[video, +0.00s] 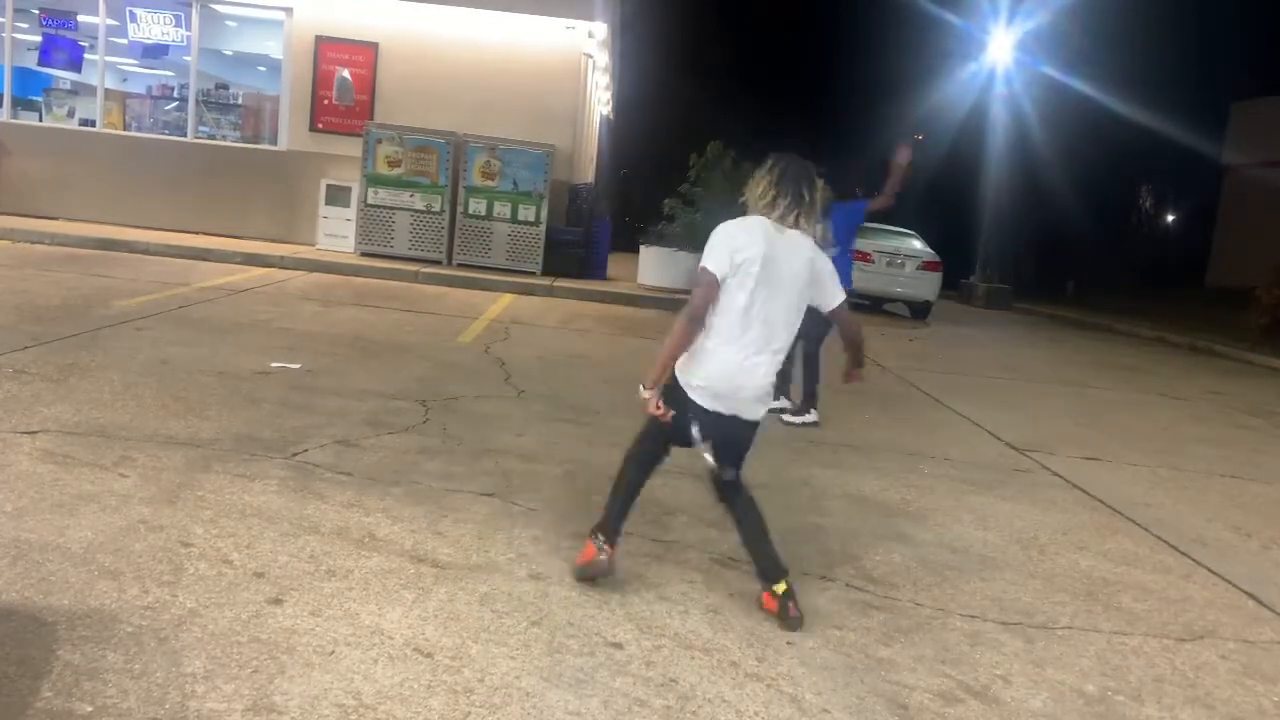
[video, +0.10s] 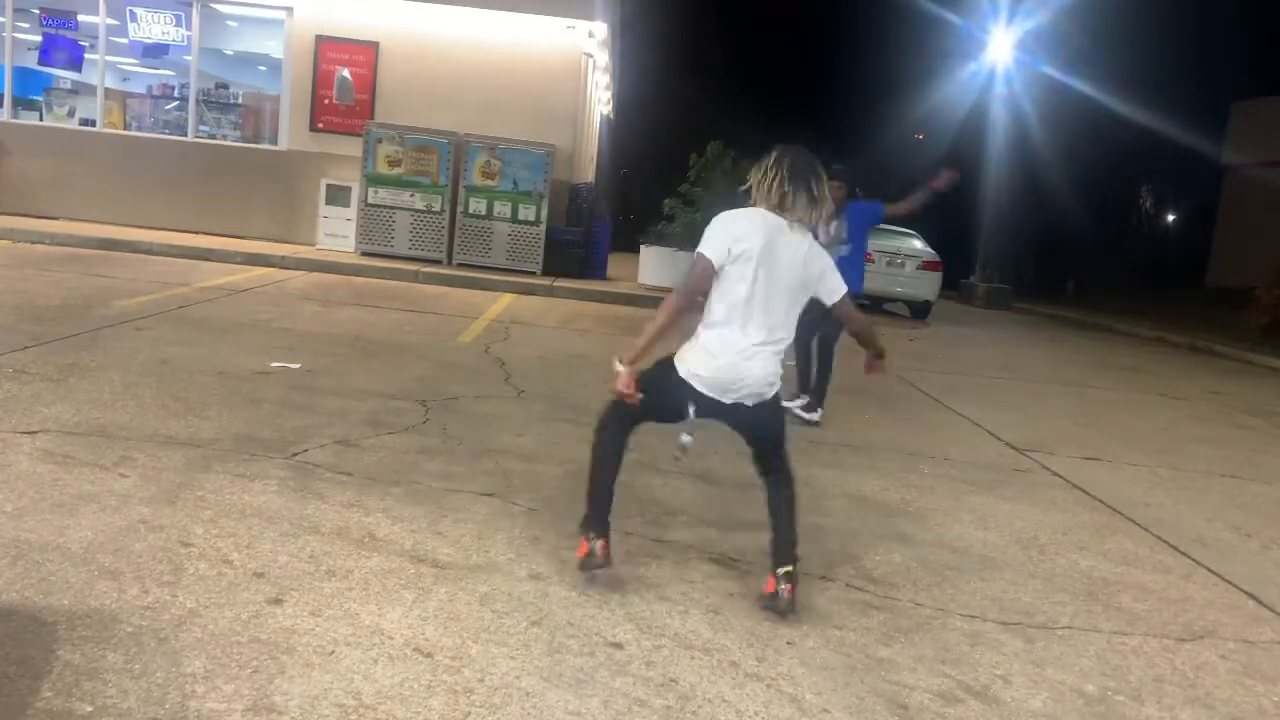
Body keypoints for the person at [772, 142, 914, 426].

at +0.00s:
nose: (811, 197)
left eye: (813, 192)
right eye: (809, 193)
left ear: (820, 194)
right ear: (809, 195)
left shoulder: (841, 212)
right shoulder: (795, 216)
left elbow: (885, 200)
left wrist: (898, 167)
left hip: (831, 292)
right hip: (802, 290)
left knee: (809, 345)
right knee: (785, 341)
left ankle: (808, 406)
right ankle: (780, 395)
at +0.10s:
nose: (833, 194)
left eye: (838, 189)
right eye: (829, 188)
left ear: (847, 192)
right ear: (822, 190)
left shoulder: (857, 211)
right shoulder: (814, 213)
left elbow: (903, 207)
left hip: (843, 290)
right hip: (817, 286)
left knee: (825, 341)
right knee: (802, 335)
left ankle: (815, 404)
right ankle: (802, 393)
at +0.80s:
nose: (922, 211)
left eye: (928, 207)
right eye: (918, 206)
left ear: (937, 209)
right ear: (913, 207)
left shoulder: (950, 234)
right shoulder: (906, 231)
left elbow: (964, 274)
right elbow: (899, 269)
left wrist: (952, 311)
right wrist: (888, 302)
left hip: (938, 306)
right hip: (912, 304)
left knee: (927, 356)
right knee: (896, 350)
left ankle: (921, 413)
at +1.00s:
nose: (935, 219)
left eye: (940, 214)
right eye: (931, 214)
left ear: (949, 215)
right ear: (927, 215)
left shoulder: (966, 238)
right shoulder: (925, 238)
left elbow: (981, 272)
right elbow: (919, 273)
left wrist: (977, 300)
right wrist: (912, 301)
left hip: (955, 310)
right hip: (931, 309)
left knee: (941, 359)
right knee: (927, 360)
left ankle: (931, 412)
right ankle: (931, 409)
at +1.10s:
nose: (942, 216)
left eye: (947, 211)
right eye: (938, 211)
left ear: (956, 213)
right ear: (933, 213)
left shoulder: (974, 237)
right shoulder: (930, 237)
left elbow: (989, 275)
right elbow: (923, 274)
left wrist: (987, 314)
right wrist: (921, 308)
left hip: (967, 308)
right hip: (940, 308)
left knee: (955, 357)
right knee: (933, 356)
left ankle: (953, 413)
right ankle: (932, 407)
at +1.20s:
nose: (948, 218)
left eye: (953, 213)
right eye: (944, 213)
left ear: (964, 215)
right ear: (939, 215)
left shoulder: (981, 239)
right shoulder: (935, 240)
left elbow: (995, 277)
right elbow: (927, 275)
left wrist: (997, 317)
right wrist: (928, 308)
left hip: (974, 313)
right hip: (945, 312)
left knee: (968, 362)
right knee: (934, 359)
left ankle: (976, 418)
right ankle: (932, 408)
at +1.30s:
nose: (959, 223)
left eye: (964, 218)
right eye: (955, 218)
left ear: (974, 220)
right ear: (950, 220)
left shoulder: (992, 245)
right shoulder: (946, 244)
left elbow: (1003, 283)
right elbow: (945, 274)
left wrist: (1003, 320)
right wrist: (947, 301)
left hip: (983, 317)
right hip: (956, 314)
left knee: (978, 365)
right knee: (938, 359)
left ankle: (984, 419)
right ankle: (934, 407)